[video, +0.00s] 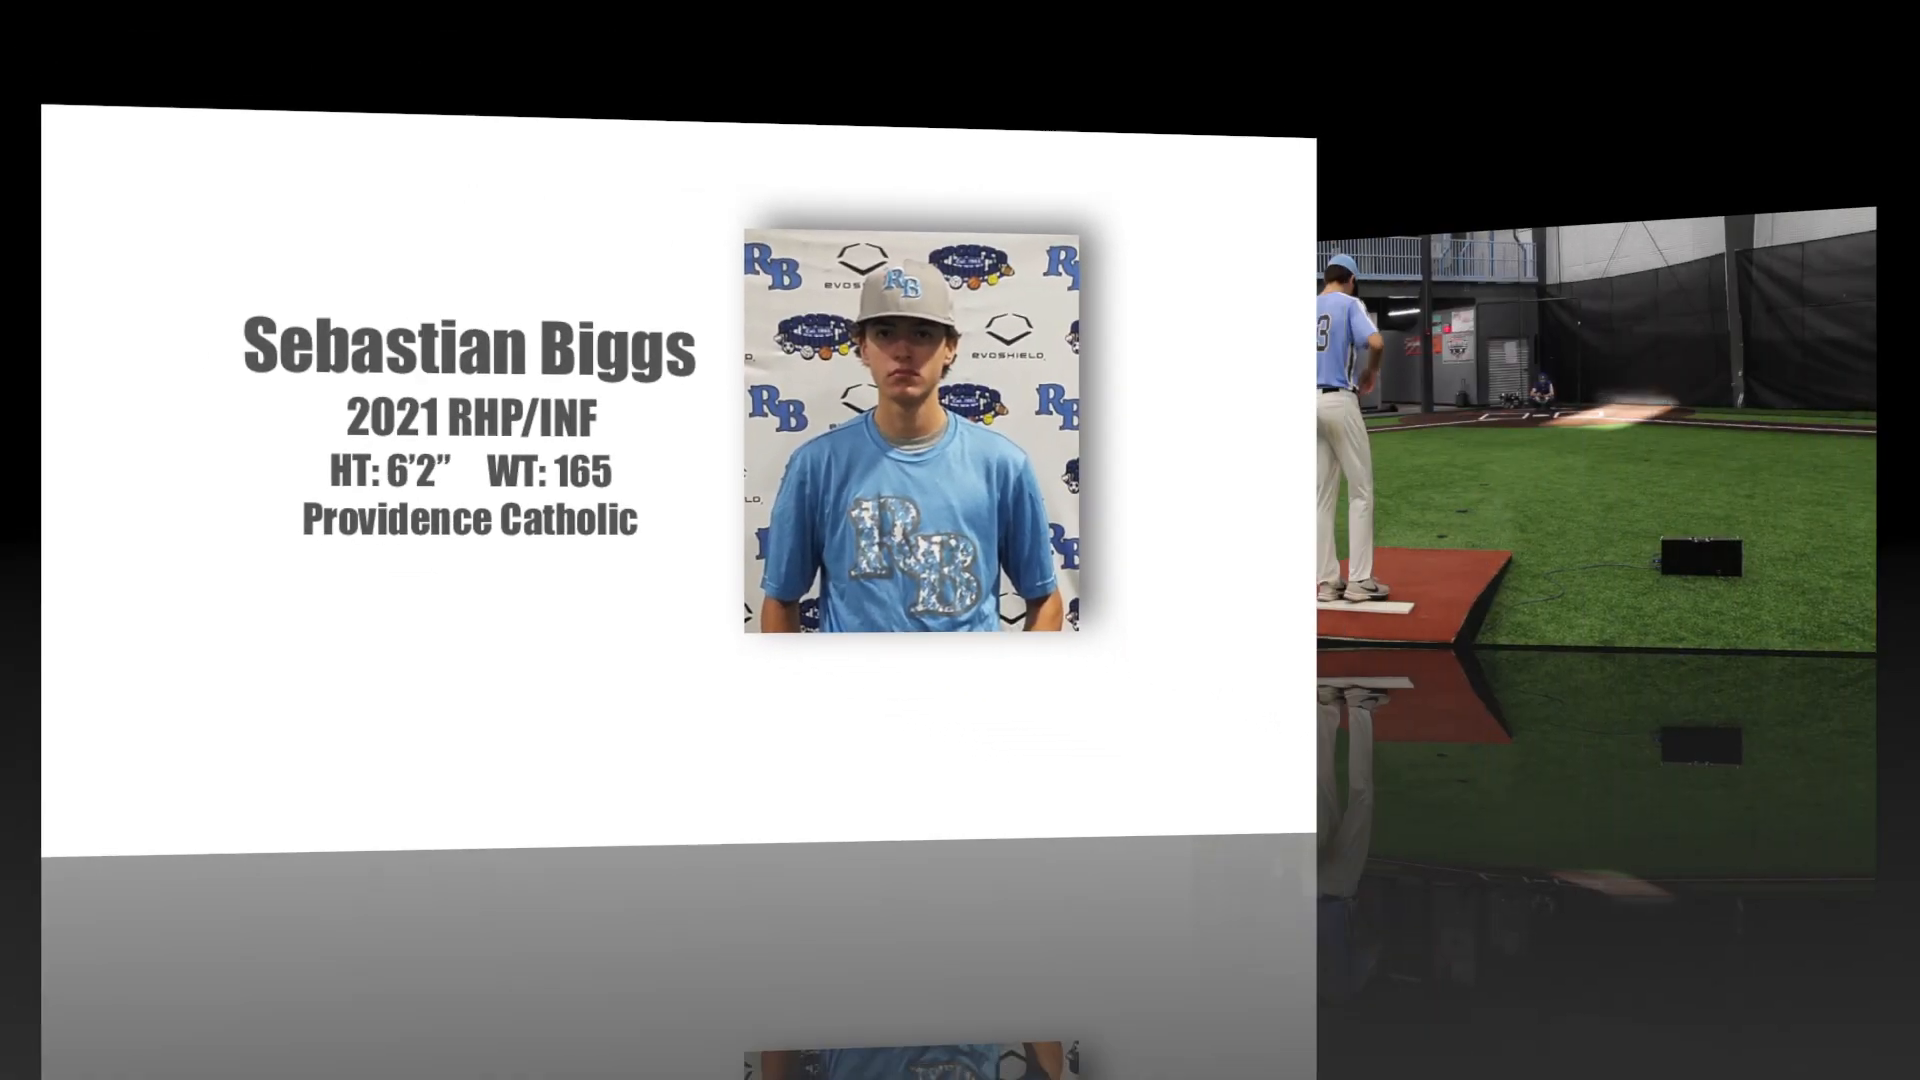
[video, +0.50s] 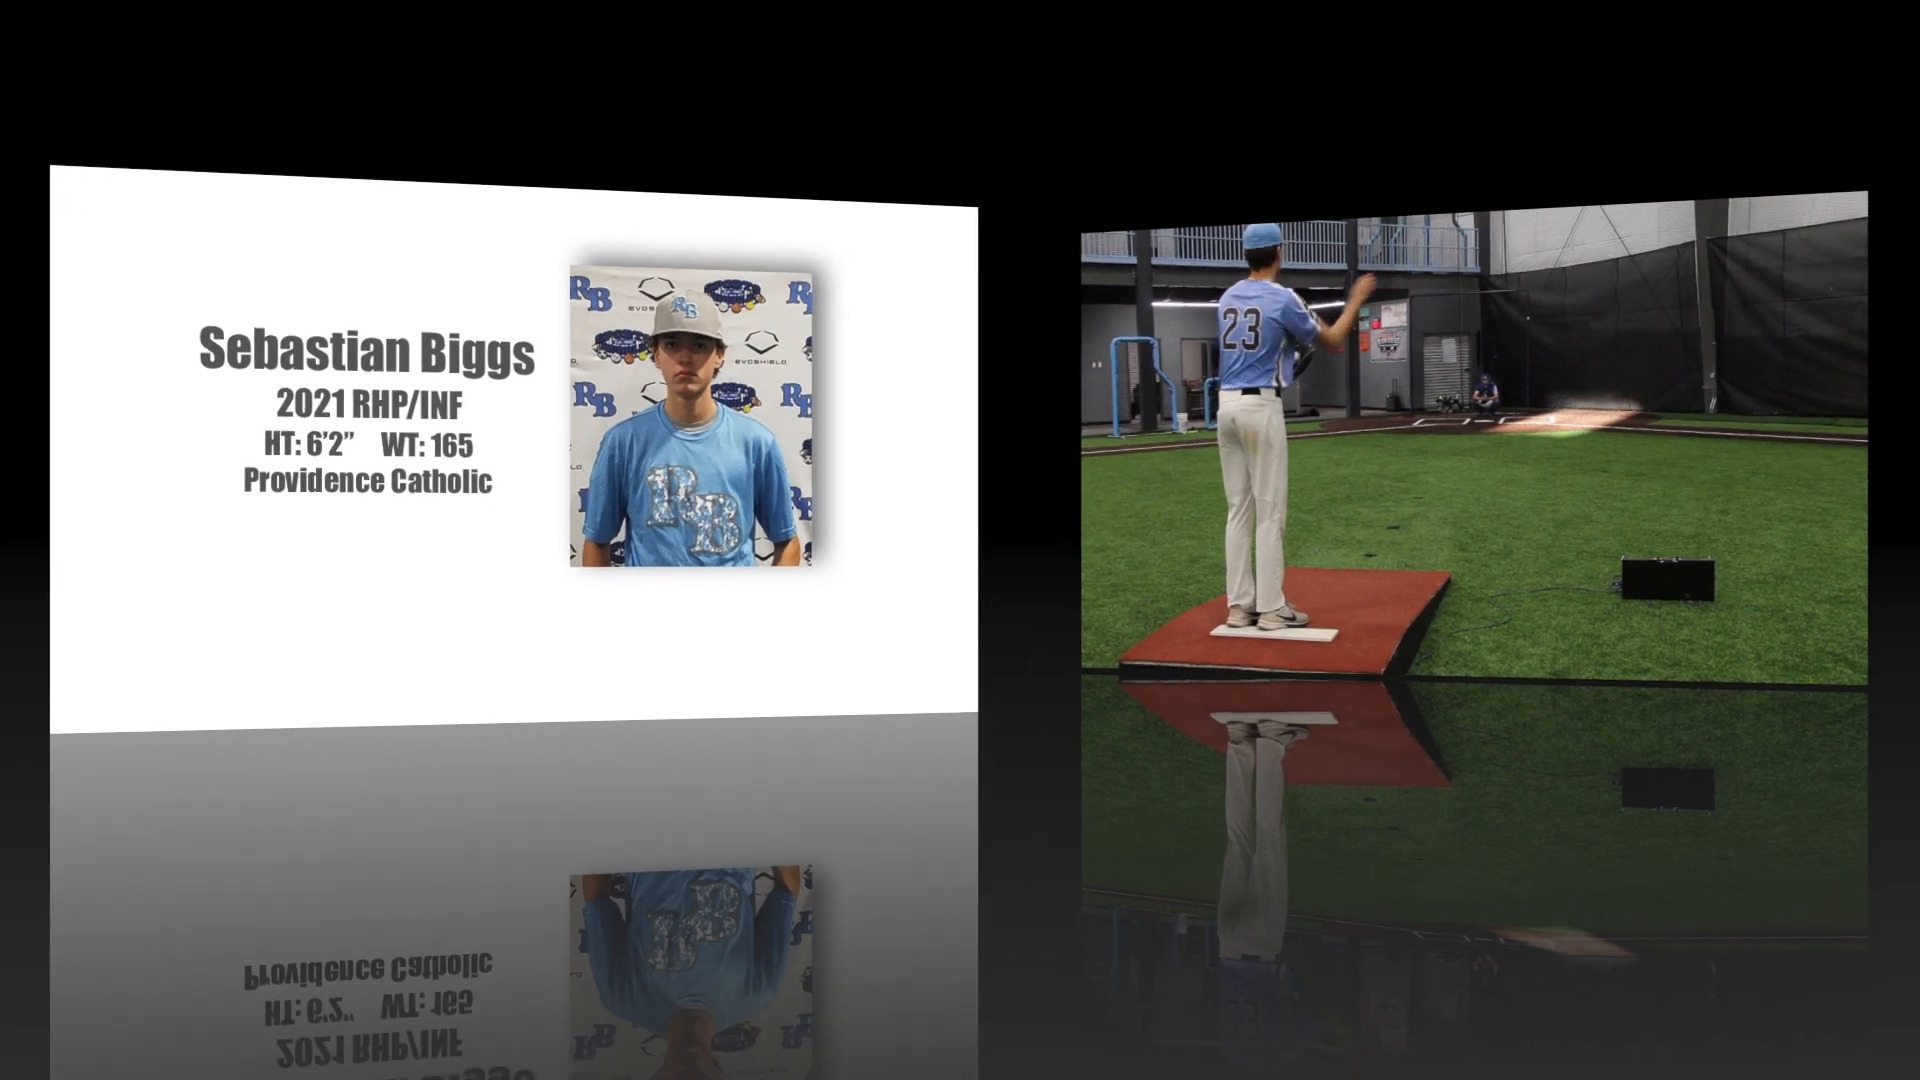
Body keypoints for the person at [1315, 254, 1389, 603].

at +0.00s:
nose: (1355, 289)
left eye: (1353, 285)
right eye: (1355, 285)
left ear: (1325, 280)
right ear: (1350, 281)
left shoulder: (1309, 304)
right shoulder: (1348, 303)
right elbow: (1375, 342)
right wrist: (1369, 376)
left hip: (1308, 400)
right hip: (1337, 400)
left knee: (1321, 495)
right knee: (1361, 492)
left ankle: (1326, 581)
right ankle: (1360, 580)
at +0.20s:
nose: (1337, 278)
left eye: (1335, 274)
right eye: (1337, 273)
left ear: (1305, 272)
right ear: (1333, 271)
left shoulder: (1283, 310)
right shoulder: (1336, 300)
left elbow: (1277, 371)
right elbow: (1391, 302)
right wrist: (1396, 335)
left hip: (1288, 405)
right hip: (1320, 403)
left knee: (1301, 501)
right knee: (1333, 501)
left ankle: (1306, 589)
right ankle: (1338, 590)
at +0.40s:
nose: (1306, 263)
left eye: (1303, 257)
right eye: (1305, 258)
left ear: (1270, 262)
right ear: (1300, 260)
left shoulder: (1250, 301)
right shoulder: (1300, 298)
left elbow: (1267, 341)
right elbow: (1360, 312)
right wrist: (1405, 293)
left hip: (1250, 407)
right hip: (1282, 406)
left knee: (1263, 506)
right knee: (1294, 507)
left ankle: (1266, 600)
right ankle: (1296, 600)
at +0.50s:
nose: (1282, 255)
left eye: (1274, 250)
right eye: (1281, 250)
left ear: (1246, 256)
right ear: (1278, 254)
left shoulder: (1227, 297)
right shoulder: (1282, 300)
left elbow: (1258, 340)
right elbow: (1332, 339)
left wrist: (1301, 321)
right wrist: (1356, 298)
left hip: (1227, 407)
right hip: (1262, 408)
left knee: (1238, 510)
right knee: (1270, 511)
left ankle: (1240, 606)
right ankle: (1271, 608)